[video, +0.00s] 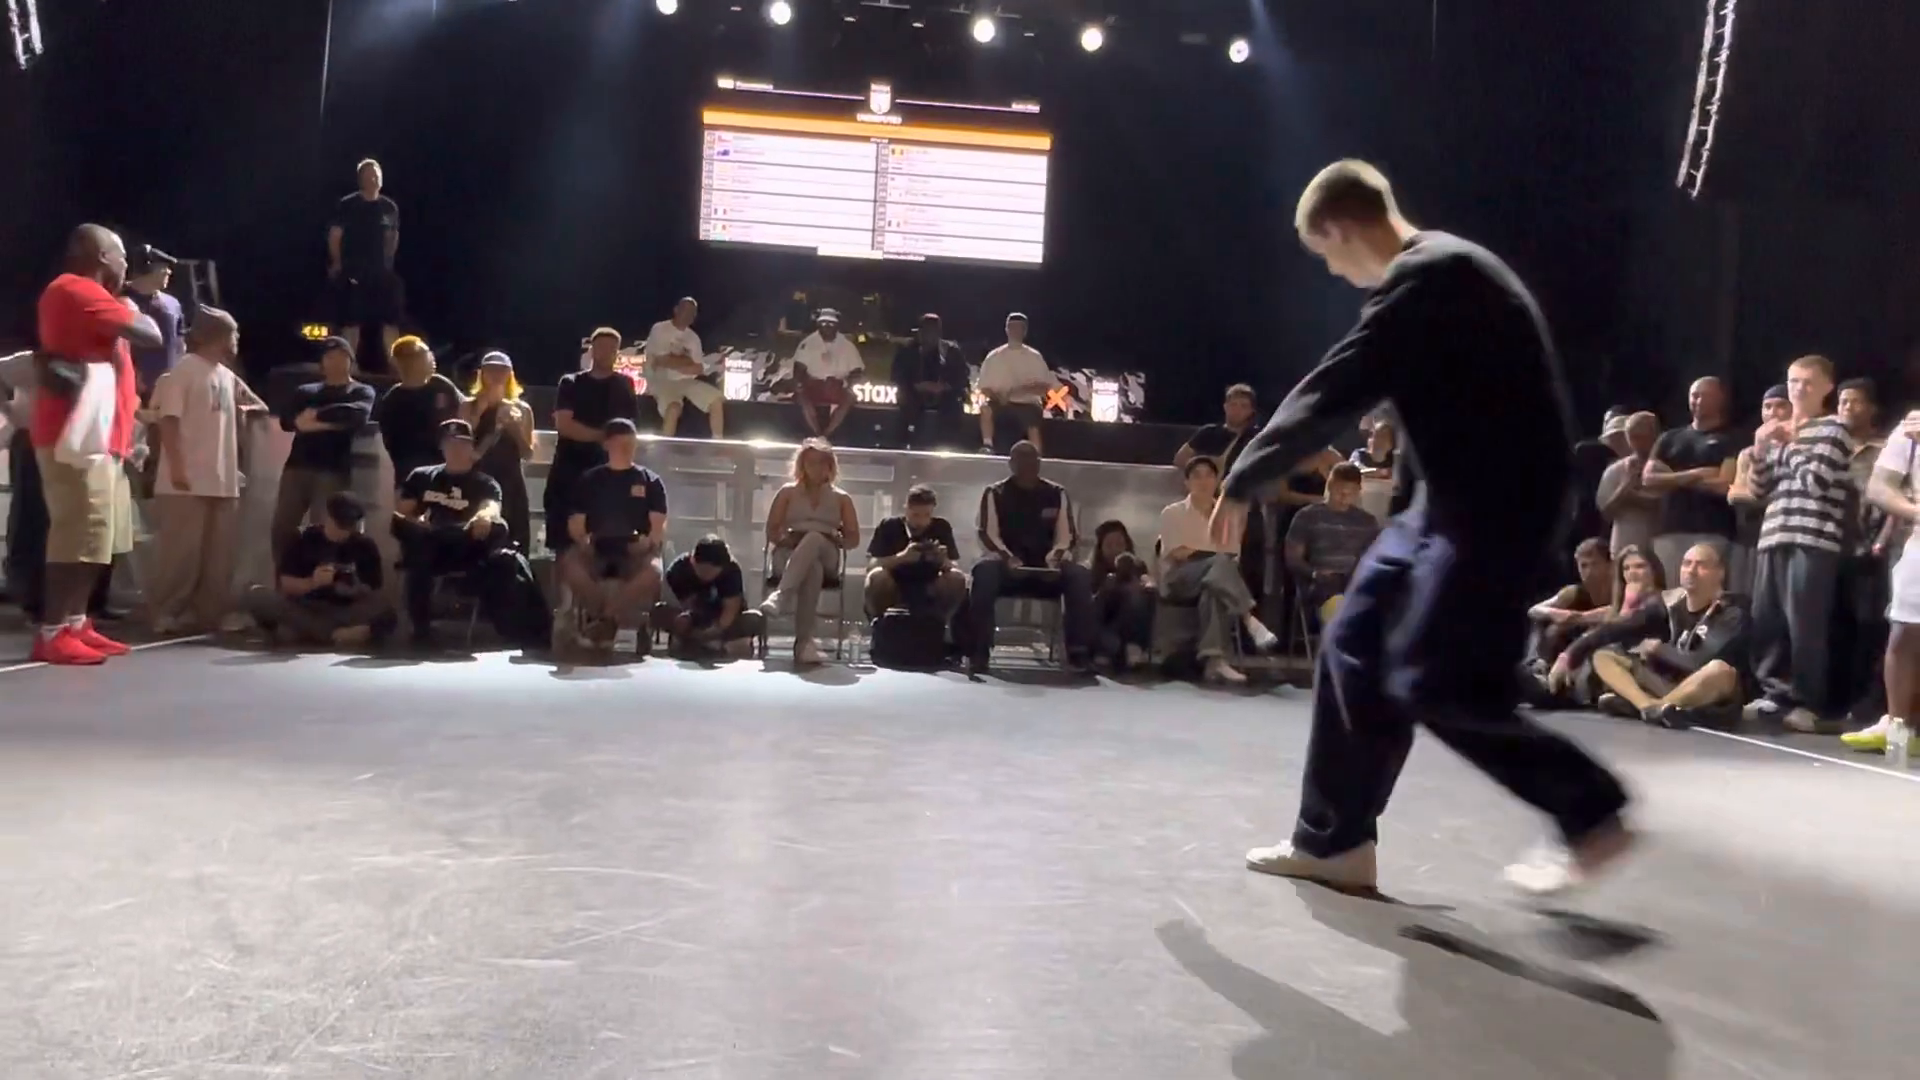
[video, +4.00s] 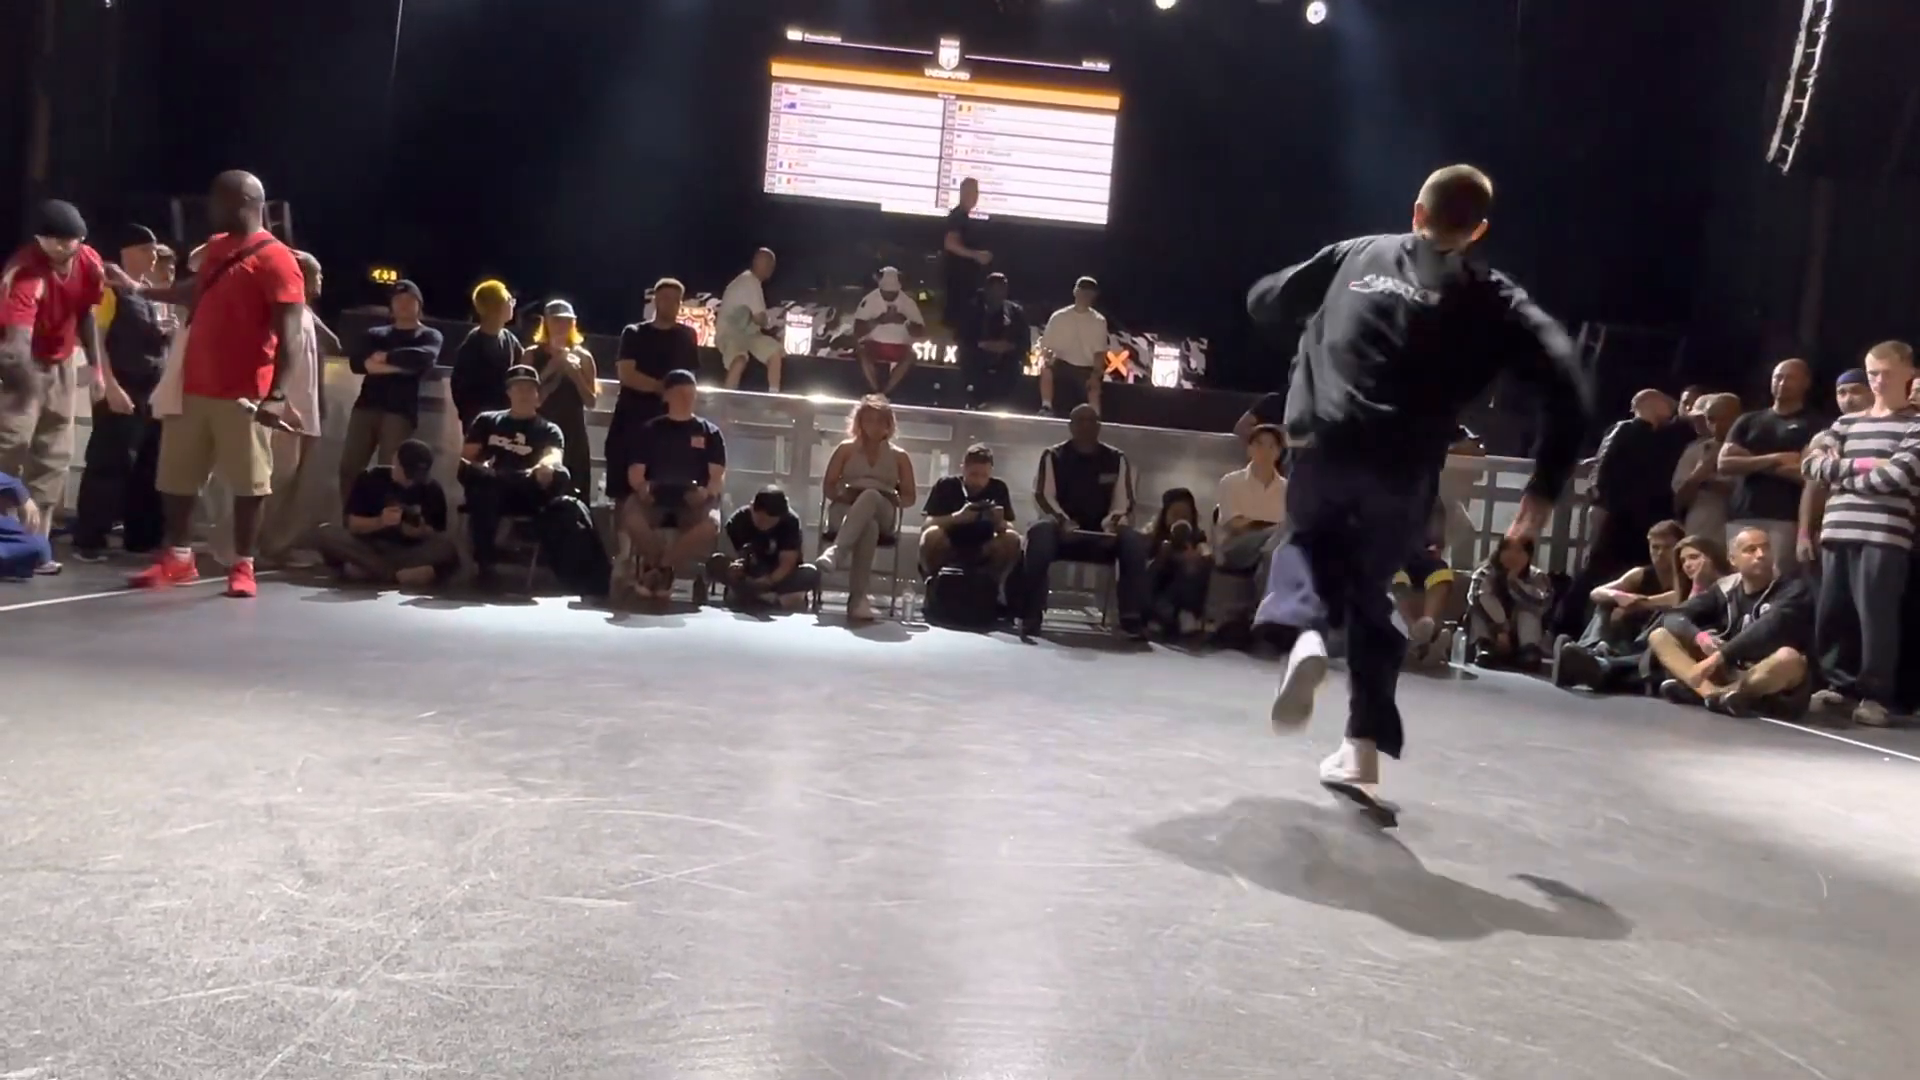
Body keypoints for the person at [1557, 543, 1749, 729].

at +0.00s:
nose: (1690, 571)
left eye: (1701, 565)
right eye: (1687, 564)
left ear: (1720, 574)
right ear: (1680, 570)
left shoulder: (1734, 613)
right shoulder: (1667, 607)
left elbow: (1701, 663)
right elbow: (1616, 629)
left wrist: (1658, 649)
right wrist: (1568, 657)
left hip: (1716, 697)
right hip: (1669, 686)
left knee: (1719, 670)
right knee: (1602, 658)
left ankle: (1657, 709)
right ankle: (1647, 707)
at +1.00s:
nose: (1713, 566)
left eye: (1722, 558)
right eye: (1710, 560)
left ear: (1747, 562)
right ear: (1706, 565)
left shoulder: (1770, 606)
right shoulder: (1702, 598)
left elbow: (1740, 654)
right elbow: (1655, 623)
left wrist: (1697, 645)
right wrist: (1606, 648)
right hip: (1705, 679)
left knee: (1759, 666)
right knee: (1640, 652)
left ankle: (1690, 703)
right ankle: (1682, 700)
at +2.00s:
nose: (1725, 560)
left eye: (1734, 553)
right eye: (1721, 555)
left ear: (1757, 558)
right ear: (1717, 562)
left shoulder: (1781, 598)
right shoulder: (1712, 596)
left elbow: (1812, 633)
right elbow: (1666, 620)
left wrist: (1757, 642)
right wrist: (1620, 646)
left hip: (1770, 689)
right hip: (1724, 678)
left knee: (1775, 661)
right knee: (1654, 647)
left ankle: (1704, 700)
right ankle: (1704, 699)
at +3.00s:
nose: (1761, 557)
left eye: (1766, 549)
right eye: (1751, 551)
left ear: (1773, 555)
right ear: (1736, 561)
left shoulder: (1794, 594)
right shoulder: (1724, 592)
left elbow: (1795, 631)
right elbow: (1677, 615)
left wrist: (1767, 654)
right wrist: (1635, 640)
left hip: (1775, 671)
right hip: (1731, 669)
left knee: (1792, 663)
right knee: (1666, 642)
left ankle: (1717, 695)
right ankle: (1712, 696)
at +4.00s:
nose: (1760, 555)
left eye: (1765, 548)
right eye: (1750, 550)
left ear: (1772, 553)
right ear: (1734, 559)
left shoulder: (1793, 590)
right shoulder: (1724, 589)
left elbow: (1769, 629)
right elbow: (1673, 617)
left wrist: (1717, 659)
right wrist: (1698, 636)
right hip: (1726, 672)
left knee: (1789, 658)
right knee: (1659, 636)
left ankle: (1706, 694)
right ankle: (1713, 694)